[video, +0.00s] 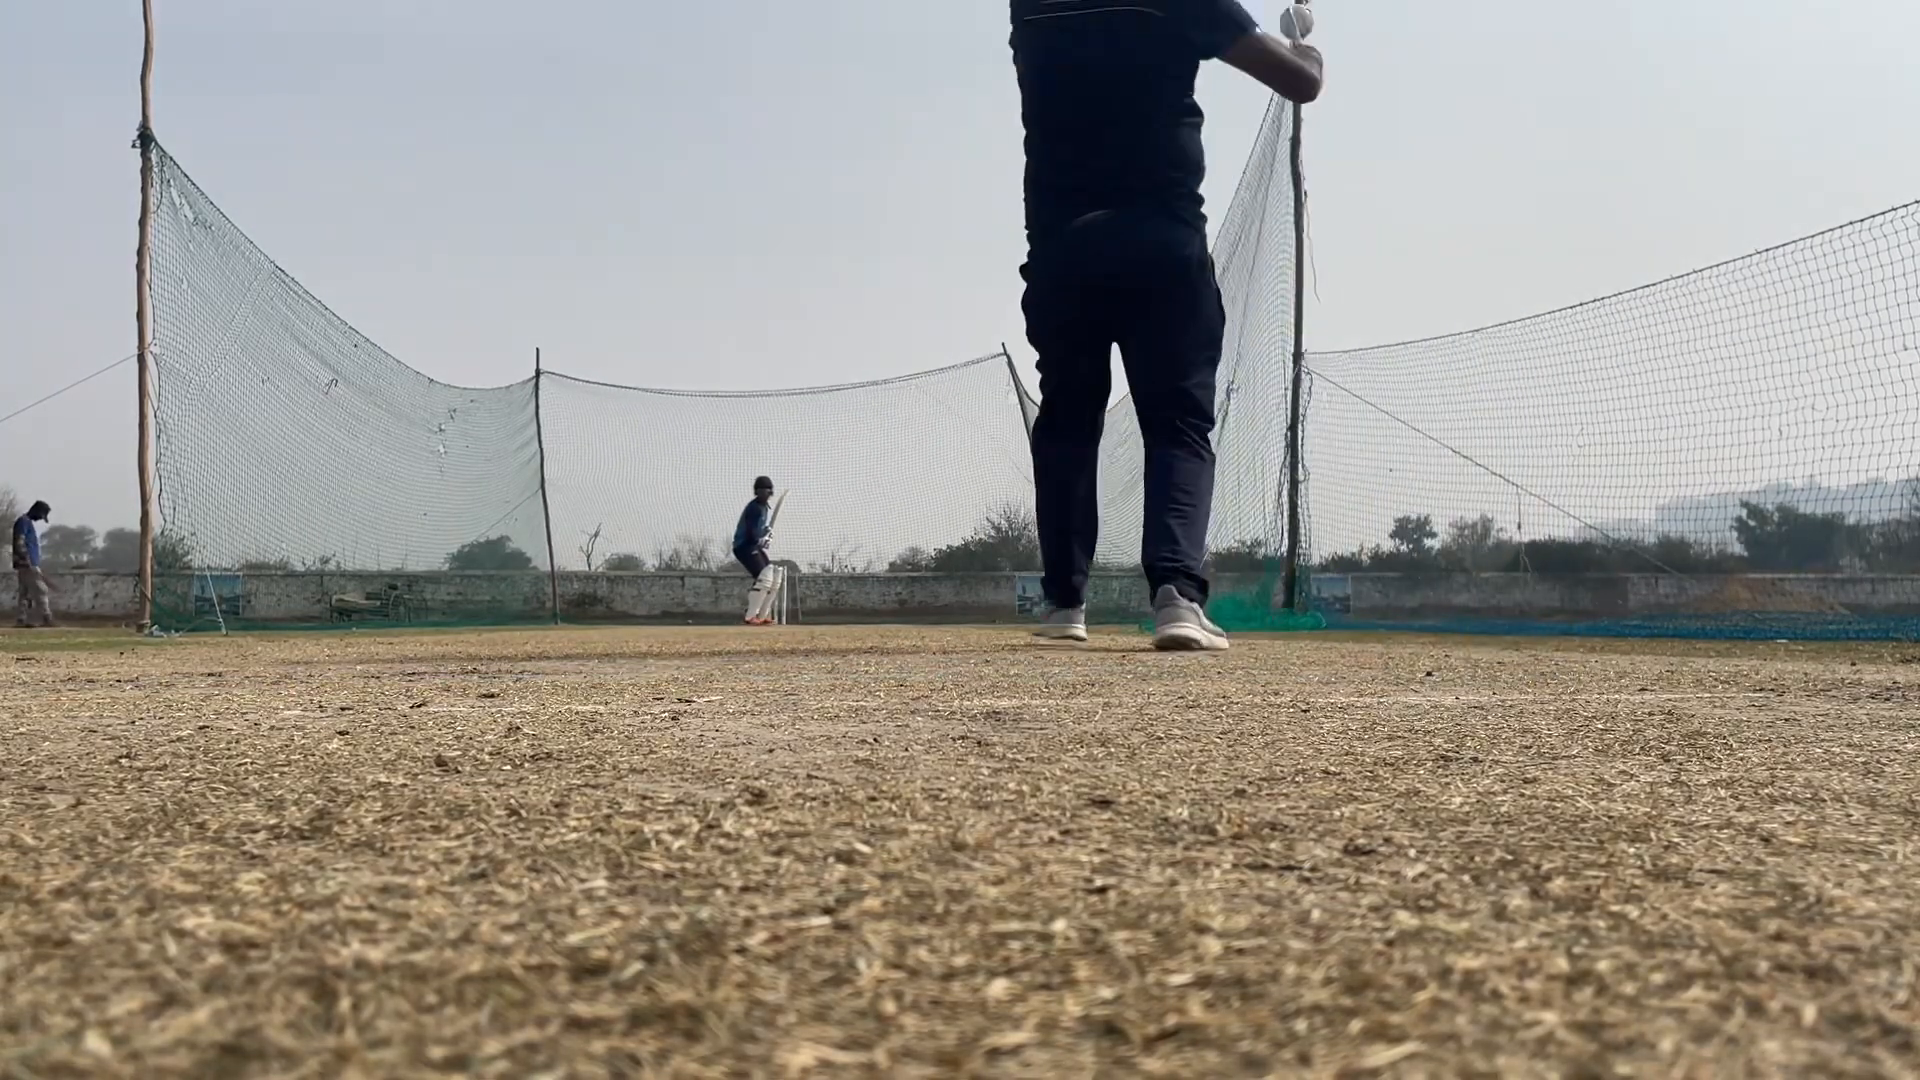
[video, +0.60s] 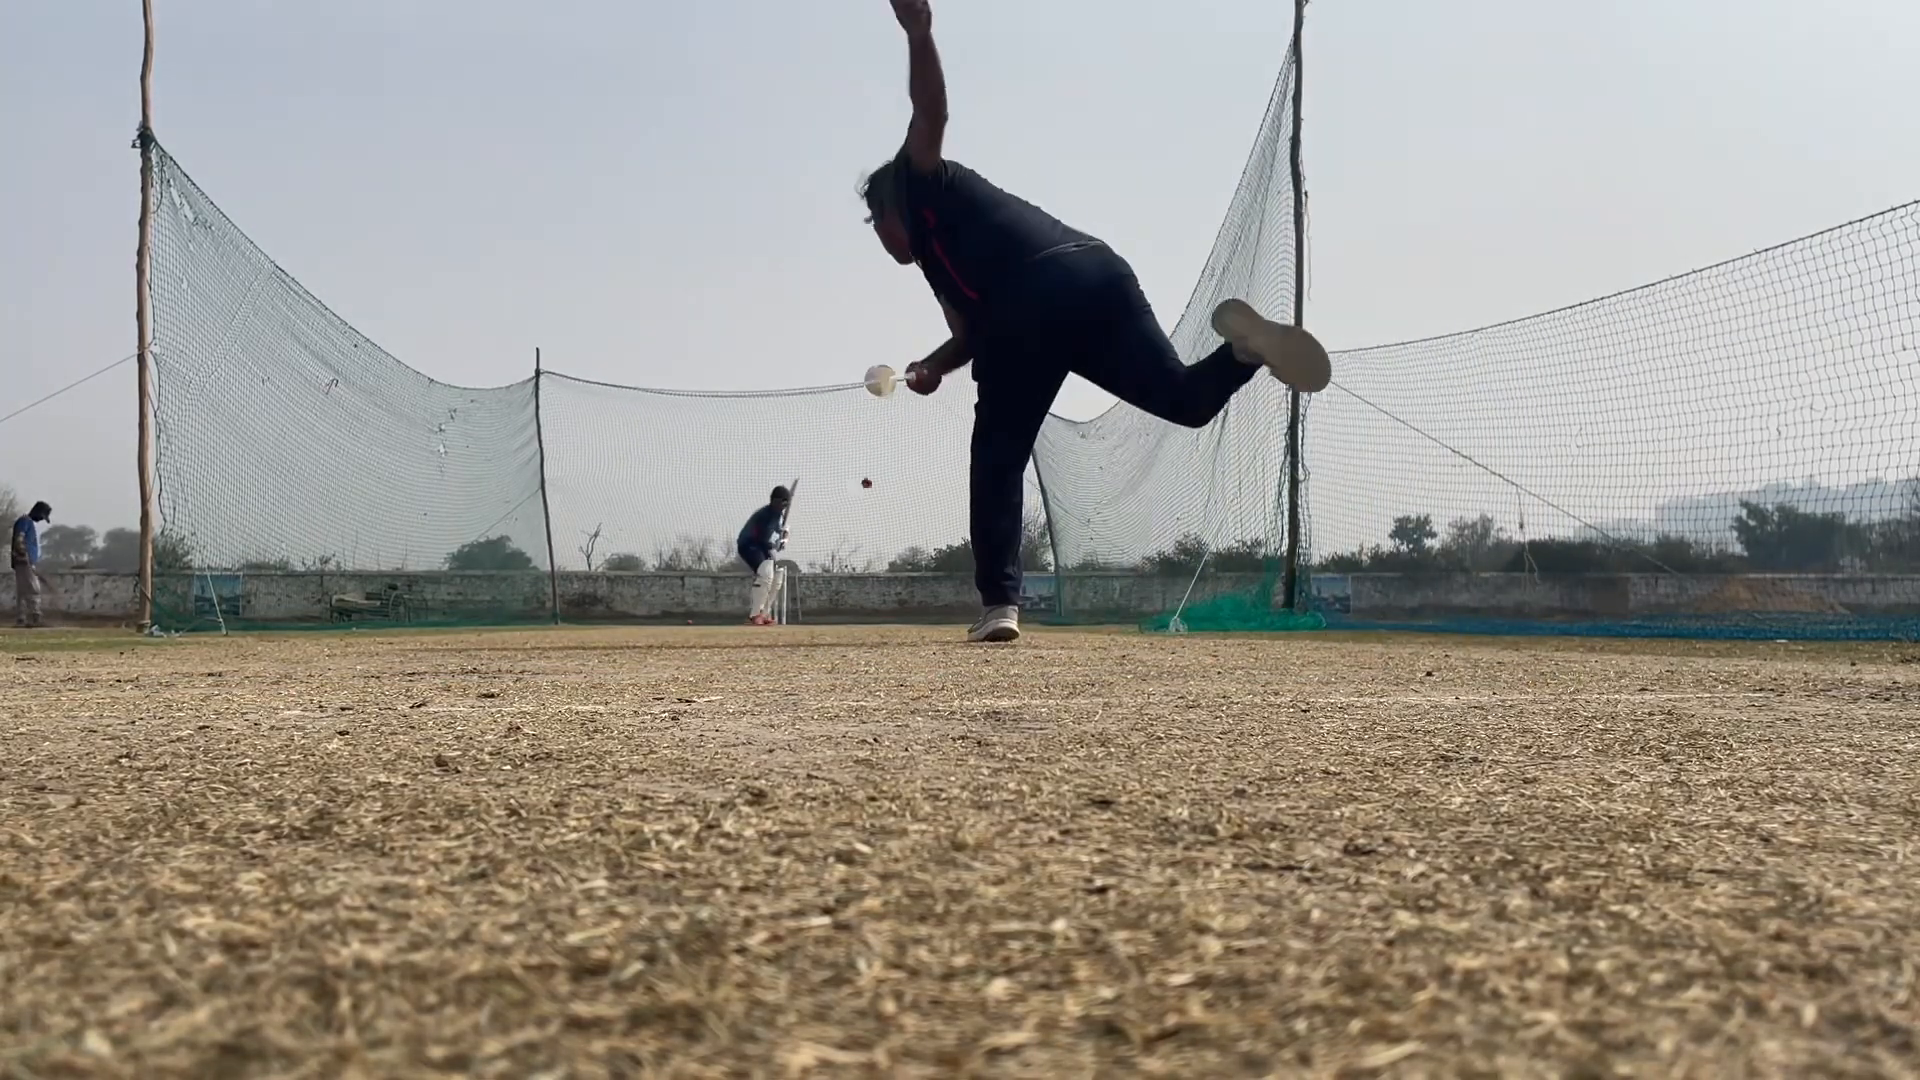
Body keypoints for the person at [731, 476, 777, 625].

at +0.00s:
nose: (768, 493)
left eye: (770, 490)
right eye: (764, 490)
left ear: (771, 491)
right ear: (757, 491)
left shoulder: (764, 508)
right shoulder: (754, 507)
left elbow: (763, 528)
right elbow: (753, 532)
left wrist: (766, 538)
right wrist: (763, 536)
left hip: (755, 545)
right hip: (744, 546)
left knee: (774, 576)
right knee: (764, 576)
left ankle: (762, 616)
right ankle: (751, 615)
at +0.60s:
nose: (785, 504)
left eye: (787, 501)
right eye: (783, 501)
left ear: (787, 502)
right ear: (774, 500)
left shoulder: (777, 514)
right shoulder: (767, 515)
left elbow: (775, 527)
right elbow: (764, 541)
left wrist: (781, 532)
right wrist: (778, 544)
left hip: (762, 545)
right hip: (749, 545)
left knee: (777, 576)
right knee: (766, 572)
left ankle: (765, 613)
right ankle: (756, 614)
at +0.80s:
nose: (792, 508)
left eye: (795, 505)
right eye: (790, 504)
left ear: (796, 504)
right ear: (783, 501)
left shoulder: (784, 512)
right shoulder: (774, 514)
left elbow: (783, 522)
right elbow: (770, 540)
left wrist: (790, 527)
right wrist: (785, 541)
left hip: (766, 543)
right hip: (754, 544)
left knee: (768, 577)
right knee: (771, 575)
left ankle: (762, 615)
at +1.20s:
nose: (814, 499)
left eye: (815, 496)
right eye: (814, 496)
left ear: (800, 490)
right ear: (807, 495)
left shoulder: (783, 498)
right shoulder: (796, 508)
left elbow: (765, 504)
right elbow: (800, 535)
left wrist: (781, 514)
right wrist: (806, 531)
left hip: (764, 541)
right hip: (774, 543)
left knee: (774, 577)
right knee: (792, 573)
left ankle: (765, 615)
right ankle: (786, 616)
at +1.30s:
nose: (814, 498)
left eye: (815, 495)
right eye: (814, 495)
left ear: (800, 489)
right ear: (809, 494)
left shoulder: (783, 497)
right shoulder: (798, 507)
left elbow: (766, 504)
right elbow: (802, 534)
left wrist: (781, 513)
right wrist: (806, 527)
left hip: (765, 542)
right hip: (776, 543)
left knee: (776, 578)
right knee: (794, 574)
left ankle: (766, 615)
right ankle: (786, 616)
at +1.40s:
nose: (813, 496)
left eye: (814, 493)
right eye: (814, 493)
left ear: (799, 488)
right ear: (810, 493)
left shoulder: (784, 497)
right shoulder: (799, 506)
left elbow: (766, 504)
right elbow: (803, 533)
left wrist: (782, 513)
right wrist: (804, 524)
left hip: (766, 542)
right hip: (777, 543)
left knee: (776, 578)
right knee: (795, 575)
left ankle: (766, 615)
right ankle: (786, 616)